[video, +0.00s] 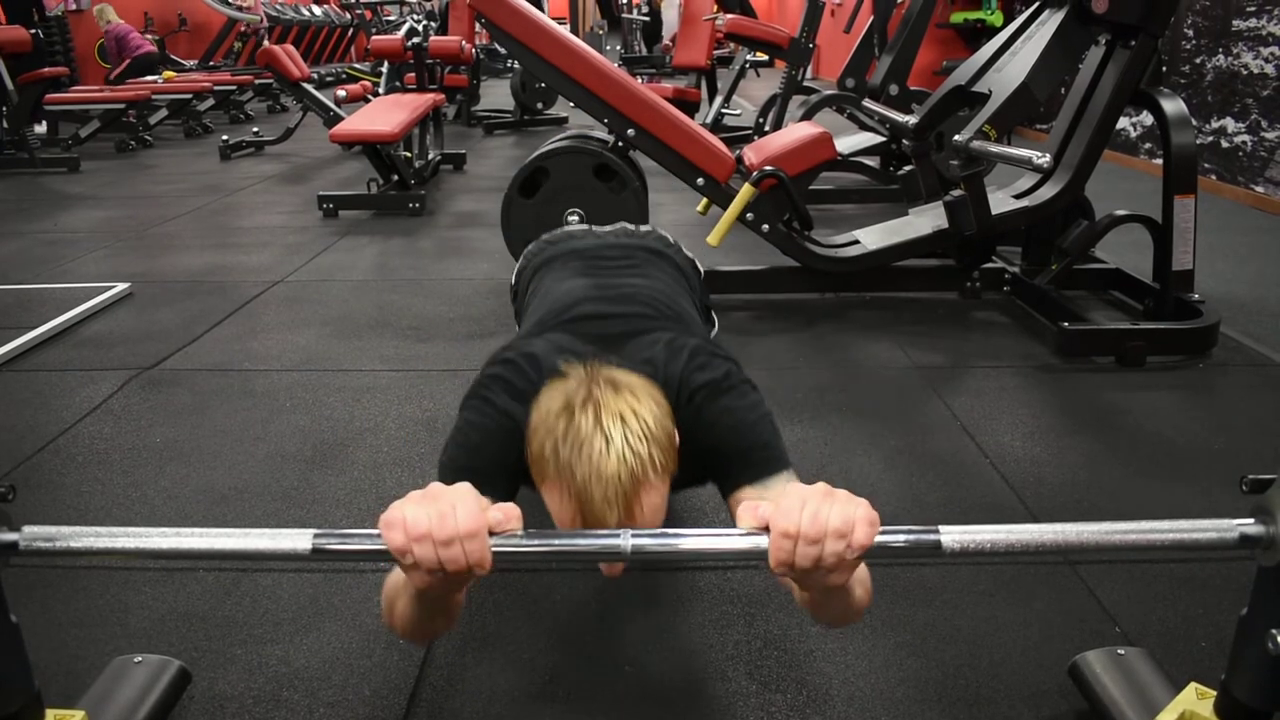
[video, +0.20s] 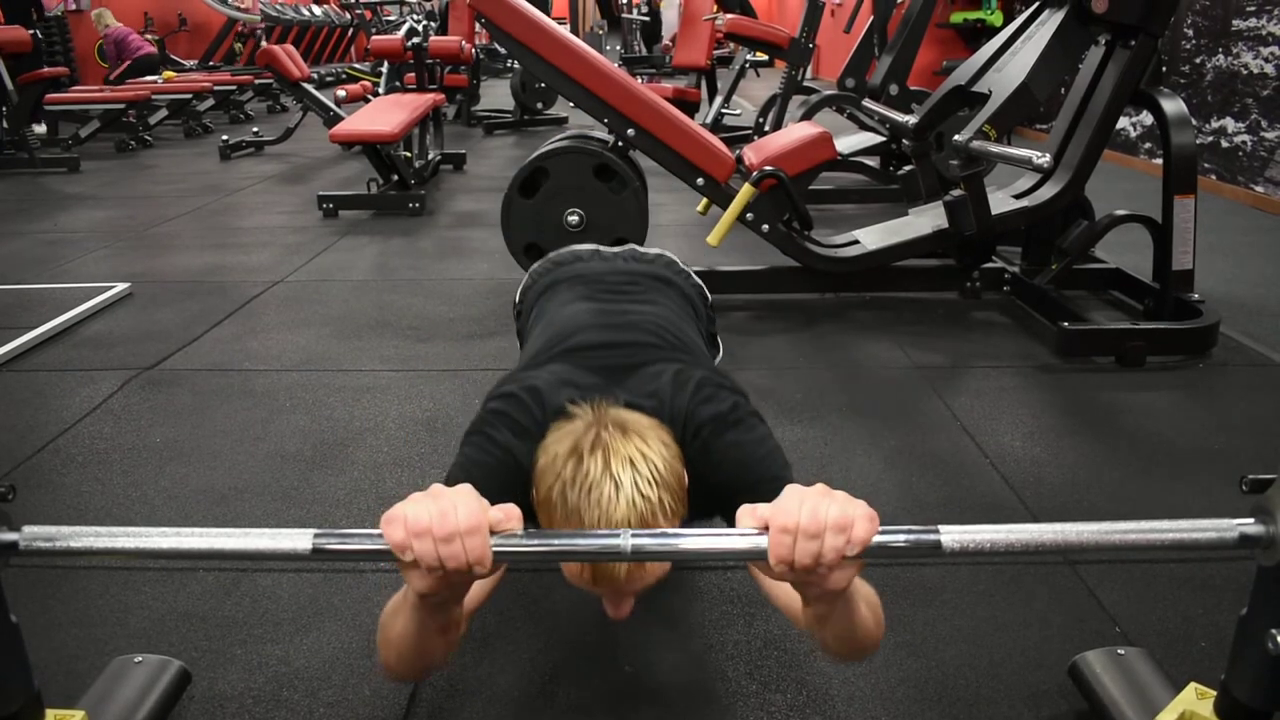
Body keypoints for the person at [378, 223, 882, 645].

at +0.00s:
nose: (612, 561)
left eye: (633, 530)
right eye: (586, 537)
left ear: (668, 464)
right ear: (536, 479)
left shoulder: (715, 395)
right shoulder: (497, 408)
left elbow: (841, 611)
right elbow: (412, 627)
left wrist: (823, 564)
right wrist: (436, 571)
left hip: (660, 250)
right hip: (549, 253)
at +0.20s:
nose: (618, 612)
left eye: (643, 585)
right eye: (592, 586)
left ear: (682, 513)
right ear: (536, 520)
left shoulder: (727, 438)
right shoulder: (503, 441)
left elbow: (857, 644)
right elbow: (402, 664)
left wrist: (829, 592)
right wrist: (434, 595)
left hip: (669, 275)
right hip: (553, 275)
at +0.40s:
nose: (622, 649)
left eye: (648, 618)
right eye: (594, 621)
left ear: (687, 544)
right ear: (545, 552)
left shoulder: (729, 463)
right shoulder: (508, 469)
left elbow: (871, 687)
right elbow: (398, 701)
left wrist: (831, 600)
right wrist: (432, 602)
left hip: (674, 296)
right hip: (556, 298)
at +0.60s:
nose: (624, 693)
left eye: (649, 666)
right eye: (597, 667)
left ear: (690, 580)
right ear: (546, 594)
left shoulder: (740, 503)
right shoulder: (507, 516)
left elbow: (870, 707)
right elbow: (405, 705)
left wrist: (834, 608)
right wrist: (428, 606)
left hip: (680, 332)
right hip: (559, 327)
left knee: (663, 299)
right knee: (579, 297)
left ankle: (653, 285)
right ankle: (594, 280)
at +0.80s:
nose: (625, 717)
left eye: (658, 701)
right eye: (596, 706)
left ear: (689, 613)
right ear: (551, 623)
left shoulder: (742, 525)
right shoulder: (507, 532)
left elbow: (860, 709)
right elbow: (415, 707)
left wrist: (836, 611)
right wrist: (429, 609)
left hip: (681, 355)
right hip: (563, 352)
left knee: (662, 306)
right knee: (584, 303)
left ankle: (648, 284)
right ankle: (600, 280)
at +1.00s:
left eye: (665, 717)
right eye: (598, 719)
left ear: (697, 660)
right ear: (555, 681)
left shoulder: (752, 557)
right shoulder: (504, 554)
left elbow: (850, 711)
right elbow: (422, 710)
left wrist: (839, 612)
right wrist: (431, 605)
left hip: (687, 375)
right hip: (566, 373)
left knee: (666, 318)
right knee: (583, 315)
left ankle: (649, 291)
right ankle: (600, 279)